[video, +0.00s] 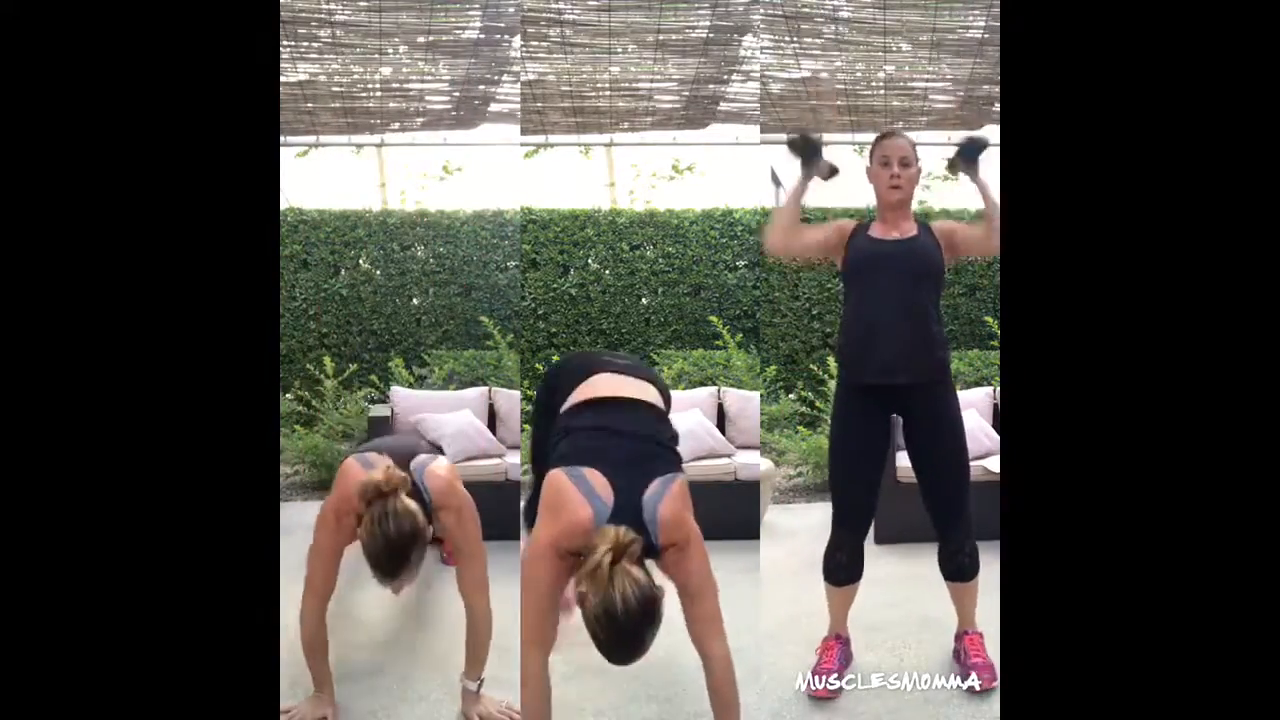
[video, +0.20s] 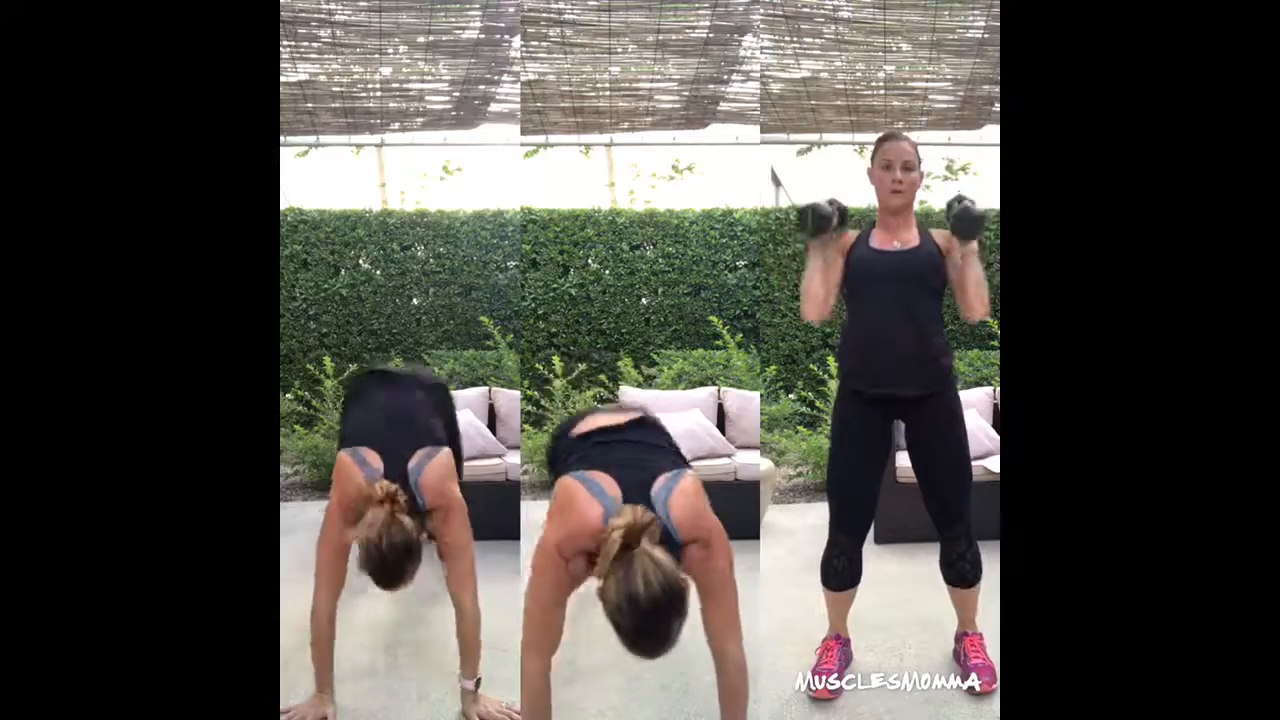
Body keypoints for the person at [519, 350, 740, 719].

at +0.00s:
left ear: (657, 591)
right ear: (582, 590)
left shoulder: (677, 529)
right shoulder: (553, 531)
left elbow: (714, 649)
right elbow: (534, 658)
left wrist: (729, 716)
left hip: (647, 382)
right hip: (571, 377)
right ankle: (561, 590)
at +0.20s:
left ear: (684, 579)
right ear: (601, 589)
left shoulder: (700, 529)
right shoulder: (567, 536)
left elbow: (728, 648)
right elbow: (535, 657)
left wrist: (734, 715)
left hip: (649, 429)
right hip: (575, 434)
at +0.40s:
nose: (646, 625)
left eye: (660, 608)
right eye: (628, 612)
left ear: (679, 553)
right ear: (597, 561)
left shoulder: (701, 524)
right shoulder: (566, 530)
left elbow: (730, 646)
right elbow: (539, 652)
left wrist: (735, 716)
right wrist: (537, 717)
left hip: (670, 479)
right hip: (595, 480)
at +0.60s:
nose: (647, 625)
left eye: (662, 608)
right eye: (631, 612)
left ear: (683, 554)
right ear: (600, 561)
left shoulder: (706, 525)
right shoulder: (568, 532)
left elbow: (732, 648)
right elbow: (545, 654)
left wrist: (735, 716)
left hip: (674, 473)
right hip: (599, 472)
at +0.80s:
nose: (647, 627)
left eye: (662, 611)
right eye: (630, 615)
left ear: (683, 557)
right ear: (599, 562)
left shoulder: (708, 526)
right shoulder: (568, 533)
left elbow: (733, 649)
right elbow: (546, 653)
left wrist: (735, 716)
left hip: (676, 474)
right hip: (601, 474)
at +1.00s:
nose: (646, 636)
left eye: (663, 621)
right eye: (630, 626)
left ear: (682, 563)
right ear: (599, 570)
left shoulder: (708, 530)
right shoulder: (568, 533)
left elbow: (736, 650)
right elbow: (541, 651)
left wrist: (738, 715)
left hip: (674, 477)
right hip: (598, 477)